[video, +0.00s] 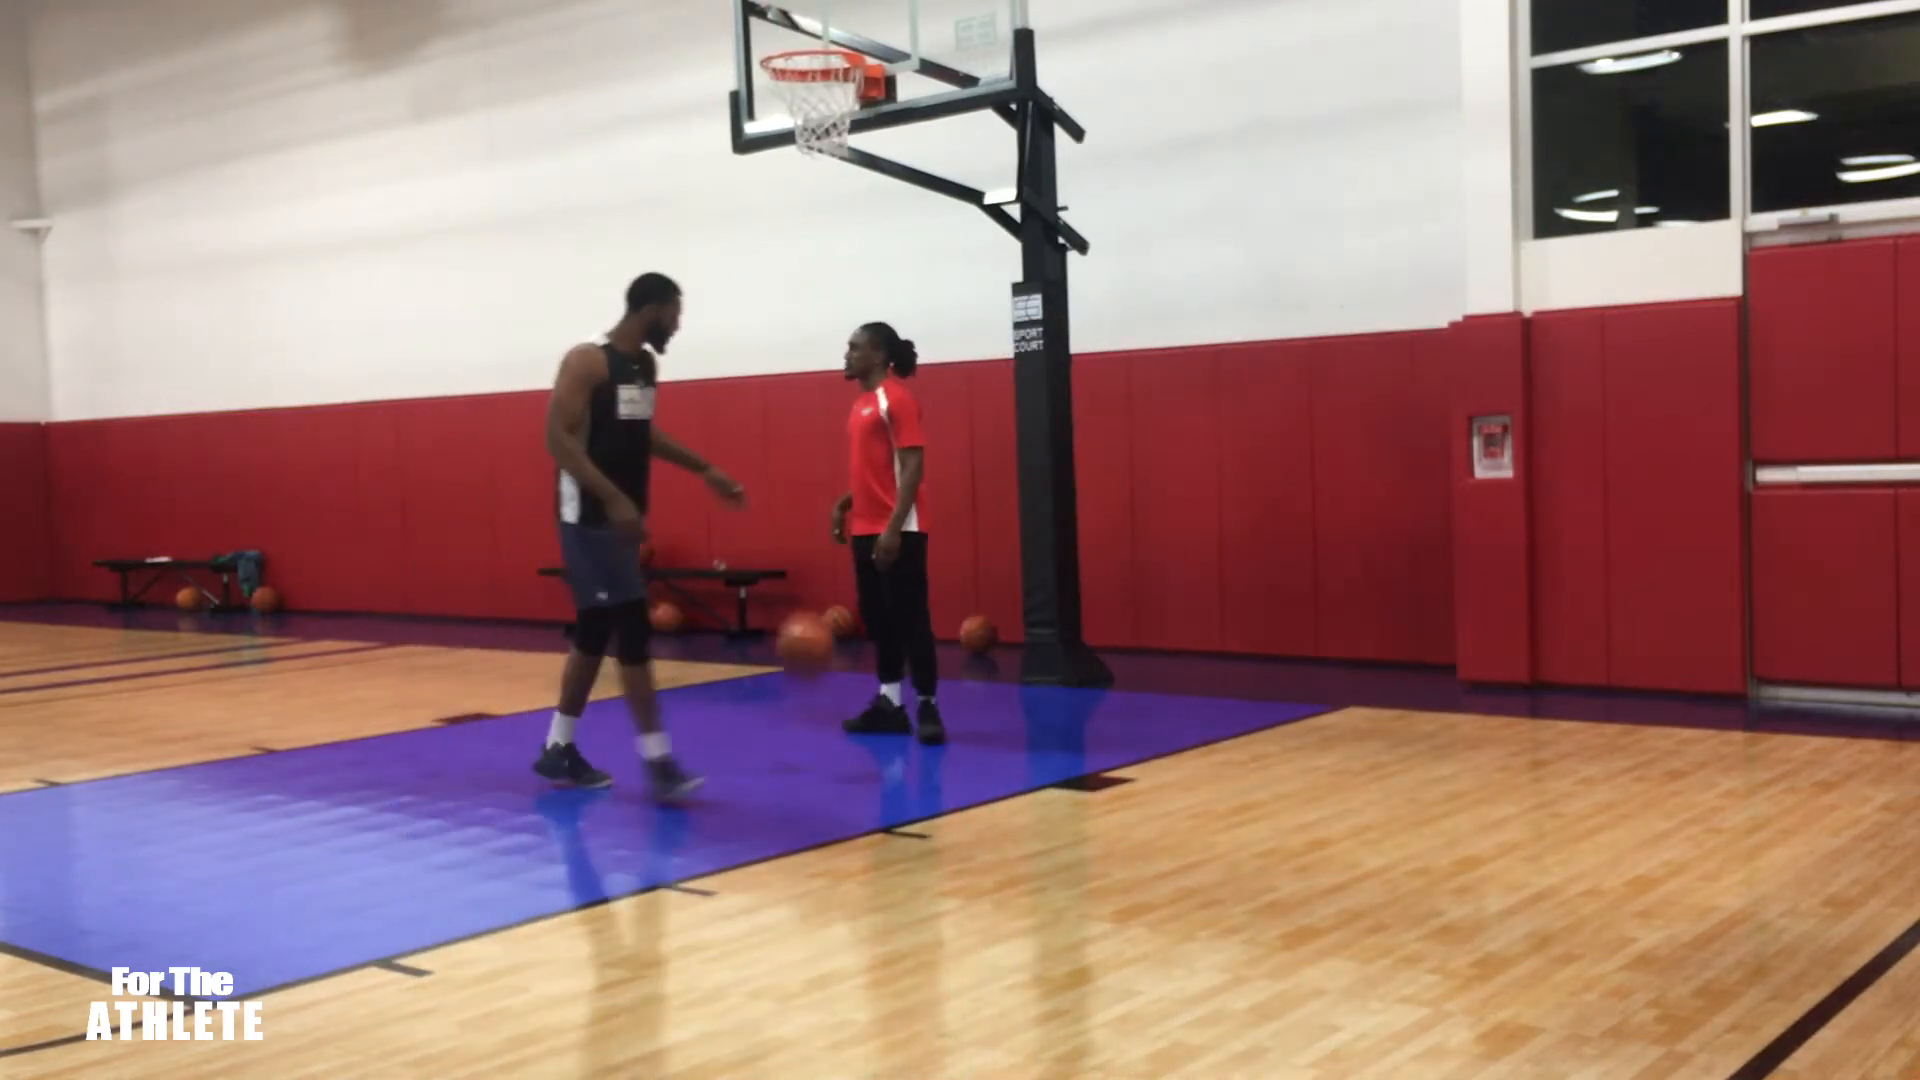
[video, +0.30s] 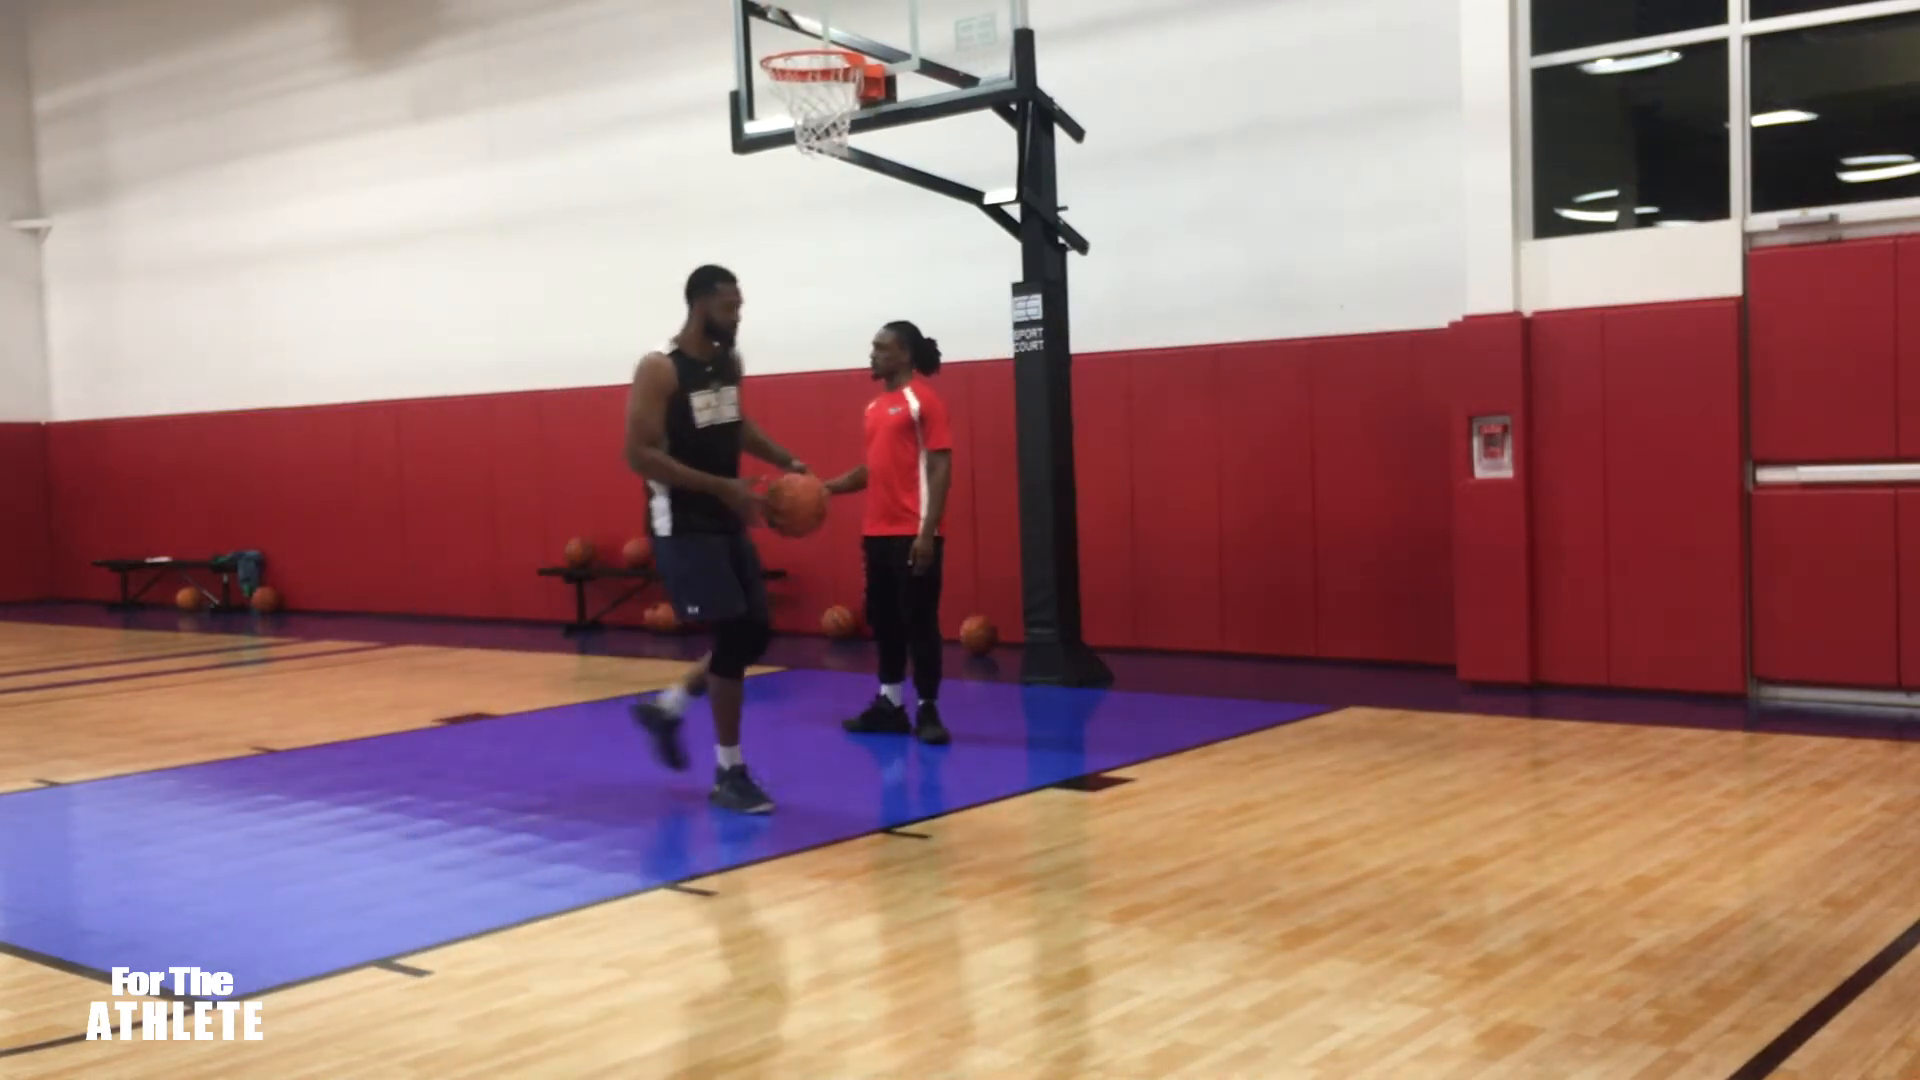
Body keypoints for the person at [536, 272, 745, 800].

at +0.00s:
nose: (676, 325)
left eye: (678, 315)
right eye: (672, 314)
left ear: (648, 310)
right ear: (646, 310)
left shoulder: (643, 367)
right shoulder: (586, 362)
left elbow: (639, 434)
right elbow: (560, 440)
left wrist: (705, 470)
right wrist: (613, 497)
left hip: (621, 523)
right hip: (590, 524)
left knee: (593, 631)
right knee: (632, 630)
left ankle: (557, 749)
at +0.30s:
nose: (737, 316)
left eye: (739, 306)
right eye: (729, 307)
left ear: (725, 306)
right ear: (700, 306)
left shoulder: (728, 361)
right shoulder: (659, 370)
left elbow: (733, 427)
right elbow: (640, 455)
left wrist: (786, 461)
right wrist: (726, 489)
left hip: (724, 521)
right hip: (681, 526)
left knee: (754, 634)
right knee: (734, 635)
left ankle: (667, 705)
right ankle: (730, 771)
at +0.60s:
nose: (790, 290)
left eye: (795, 281)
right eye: (778, 281)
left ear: (802, 288)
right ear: (753, 289)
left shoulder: (821, 353)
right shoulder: (725, 358)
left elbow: (840, 425)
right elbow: (704, 446)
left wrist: (861, 469)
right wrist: (771, 486)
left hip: (819, 523)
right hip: (753, 529)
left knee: (857, 634)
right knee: (748, 648)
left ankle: (911, 769)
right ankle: (731, 770)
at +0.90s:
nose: (860, 274)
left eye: (869, 264)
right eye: (850, 265)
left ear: (886, 275)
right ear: (835, 278)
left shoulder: (922, 344)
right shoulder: (808, 354)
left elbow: (956, 428)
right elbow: (797, 445)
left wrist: (915, 438)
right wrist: (814, 449)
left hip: (917, 522)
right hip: (847, 527)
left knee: (935, 651)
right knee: (855, 648)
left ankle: (938, 791)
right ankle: (815, 736)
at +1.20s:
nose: (902, 246)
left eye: (913, 239)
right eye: (892, 243)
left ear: (937, 258)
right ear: (882, 267)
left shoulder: (976, 325)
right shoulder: (863, 343)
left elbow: (1033, 406)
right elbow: (830, 434)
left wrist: (1015, 383)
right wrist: (808, 422)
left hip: (971, 517)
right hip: (903, 524)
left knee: (963, 655)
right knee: (944, 658)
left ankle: (941, 784)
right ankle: (982, 818)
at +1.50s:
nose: (927, 239)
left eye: (939, 229)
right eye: (917, 233)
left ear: (966, 245)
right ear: (908, 254)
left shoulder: (1014, 322)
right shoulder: (892, 341)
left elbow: (1051, 423)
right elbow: (894, 436)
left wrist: (1080, 521)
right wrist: (885, 499)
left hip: (1015, 527)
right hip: (936, 538)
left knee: (1037, 667)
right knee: (959, 681)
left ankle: (1027, 781)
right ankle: (993, 824)